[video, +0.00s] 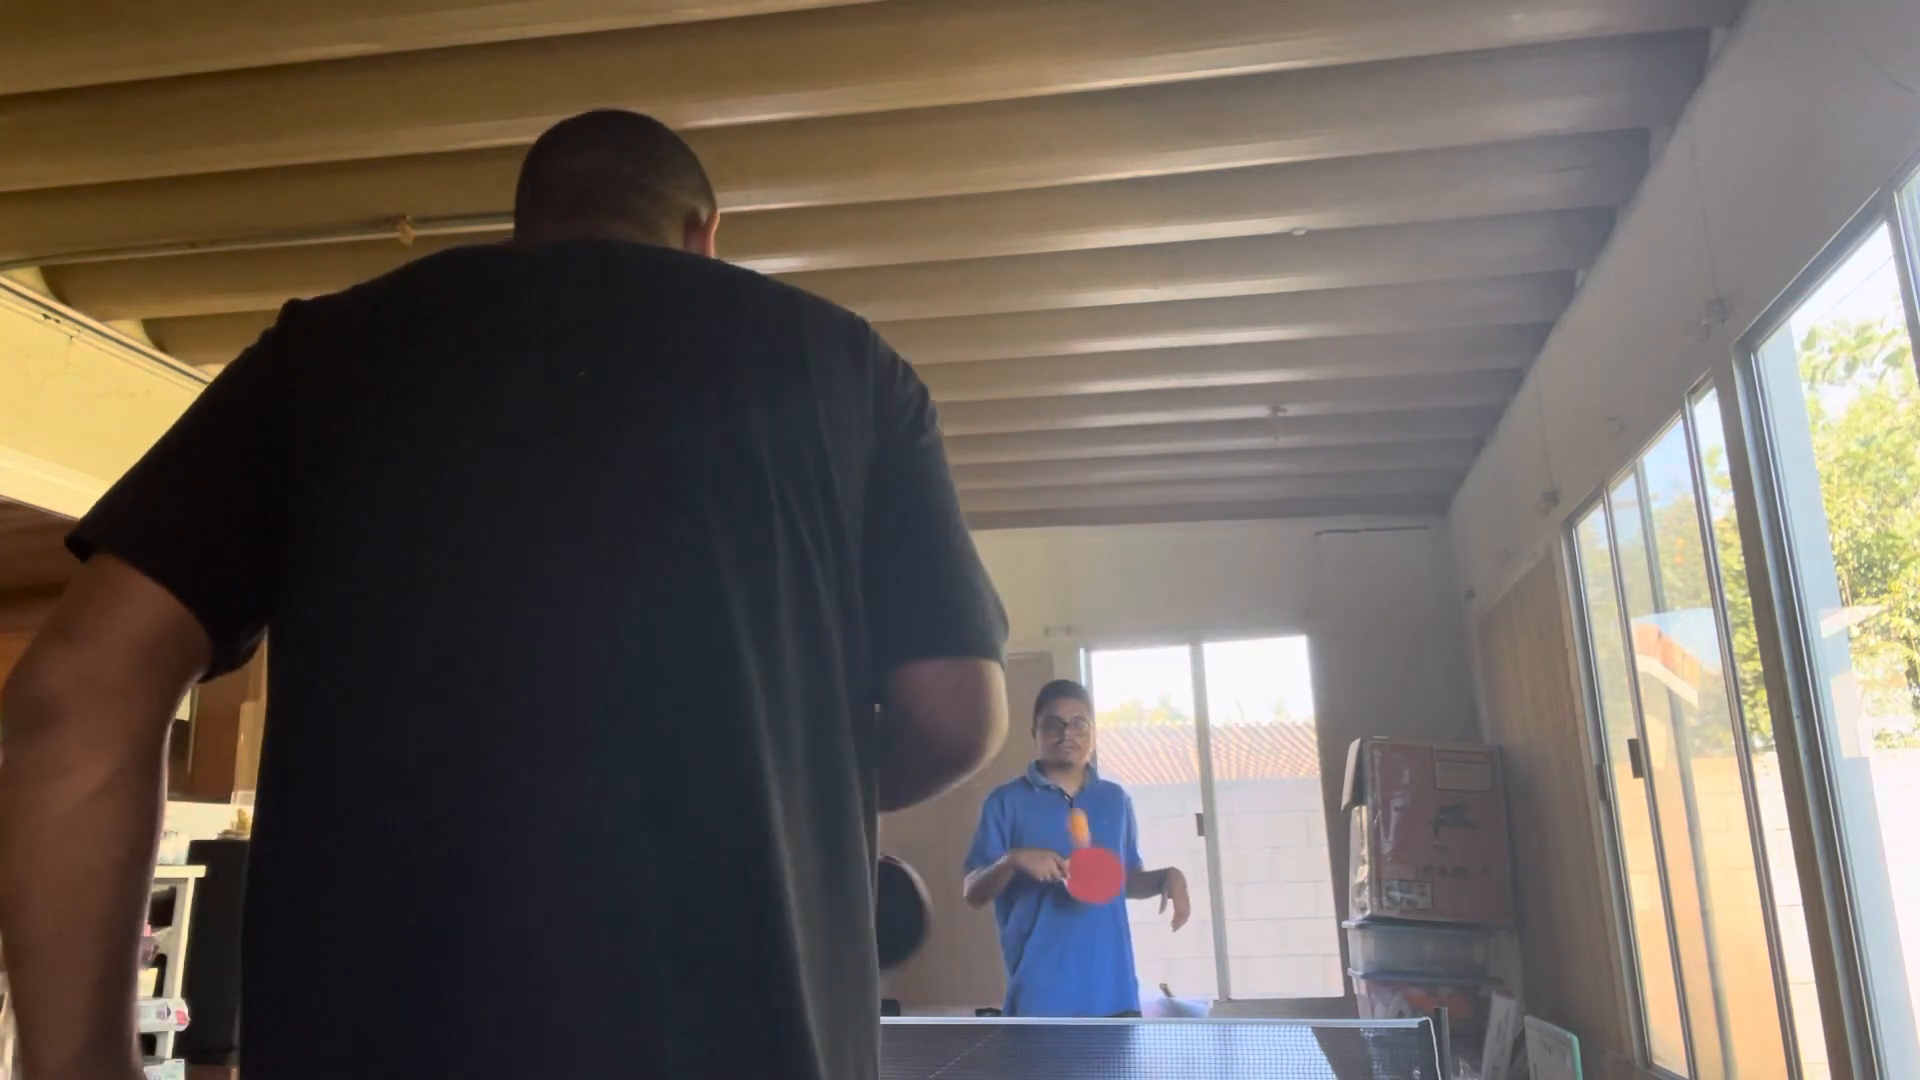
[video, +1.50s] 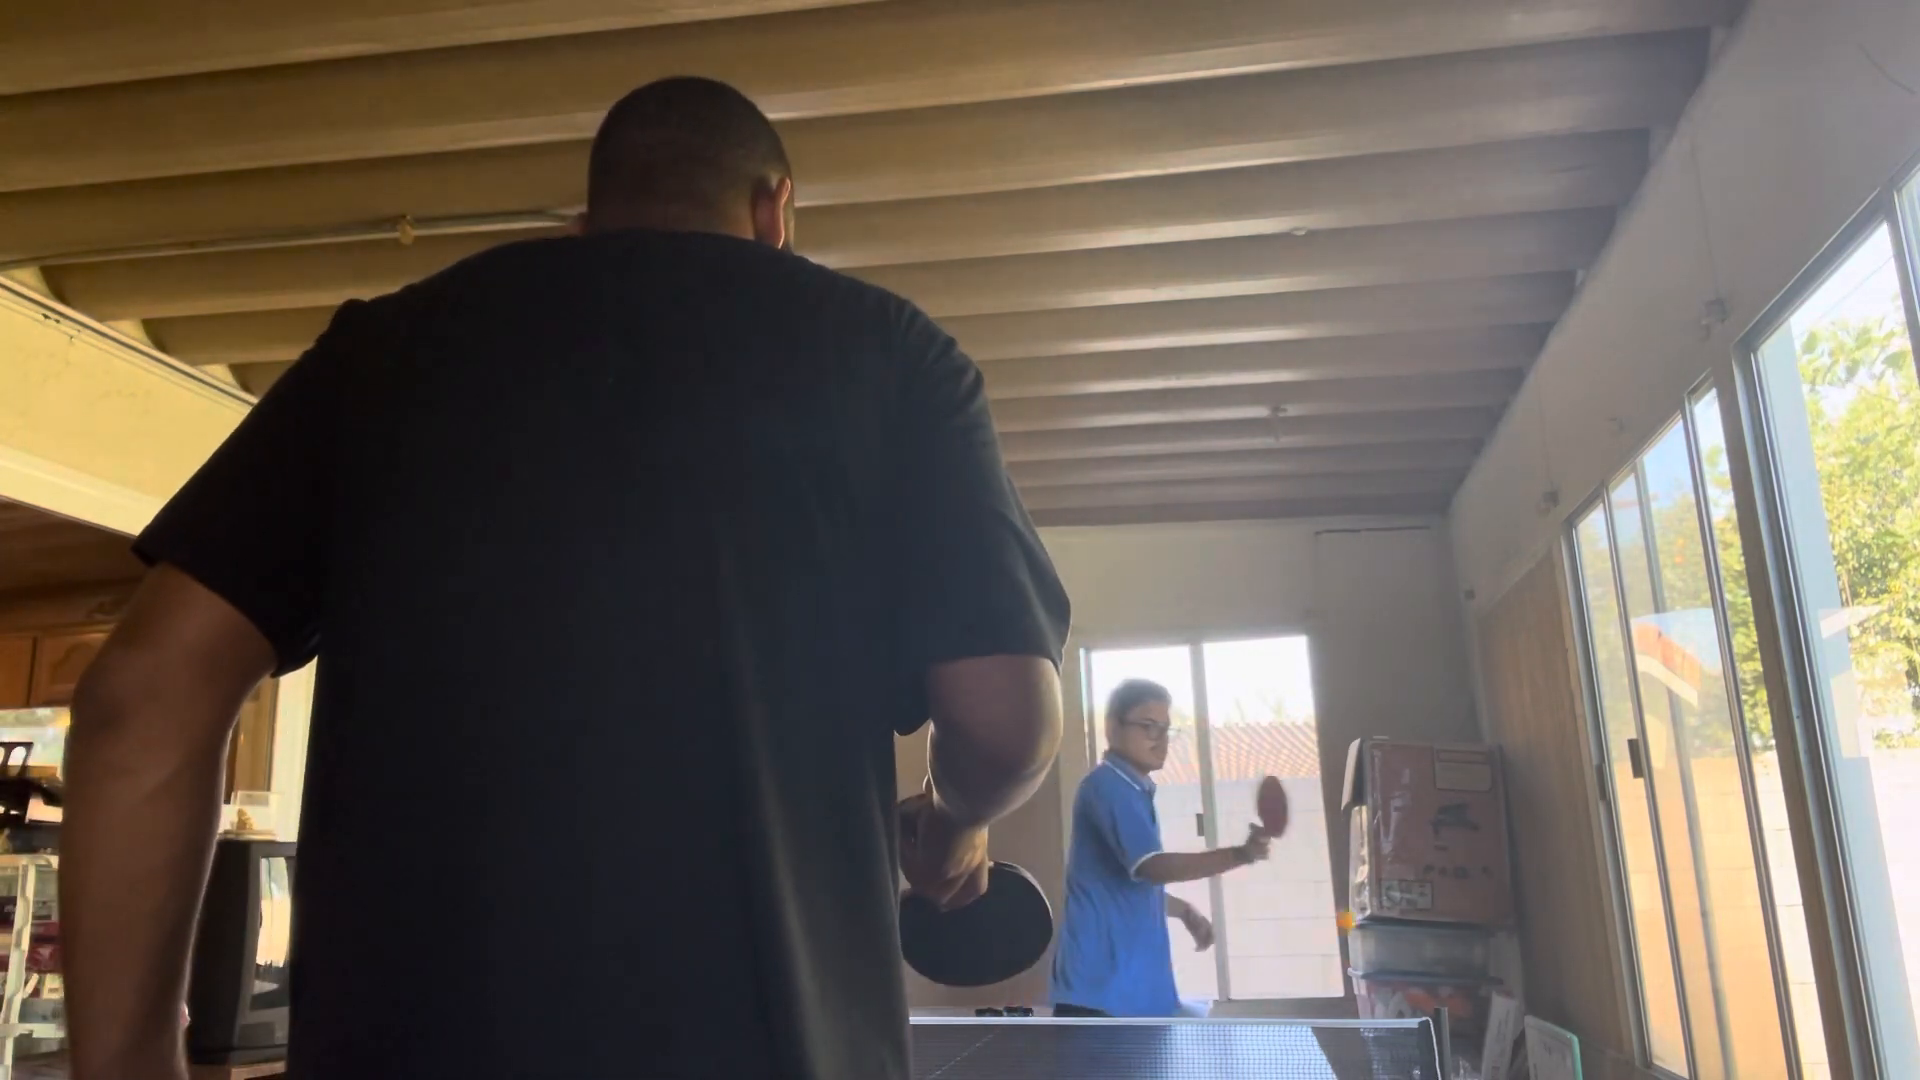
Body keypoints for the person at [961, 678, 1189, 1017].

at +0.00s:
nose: (1067, 734)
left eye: (1078, 724)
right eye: (1054, 724)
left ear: (1093, 733)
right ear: (1036, 732)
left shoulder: (1115, 800)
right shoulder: (1006, 803)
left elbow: (1129, 881)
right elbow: (974, 893)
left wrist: (1168, 877)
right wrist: (1013, 859)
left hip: (1113, 991)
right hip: (1041, 997)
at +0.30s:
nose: (1077, 737)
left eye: (1087, 726)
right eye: (1063, 726)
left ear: (1099, 731)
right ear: (1042, 732)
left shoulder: (1113, 798)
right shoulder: (1016, 797)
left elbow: (1126, 878)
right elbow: (995, 868)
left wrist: (1169, 879)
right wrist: (1062, 853)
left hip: (1113, 985)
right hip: (1045, 990)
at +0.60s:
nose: (1086, 730)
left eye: (1095, 720)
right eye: (1070, 720)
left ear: (1104, 728)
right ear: (1046, 728)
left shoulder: (1107, 792)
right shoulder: (1034, 780)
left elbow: (1110, 884)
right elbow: (1047, 811)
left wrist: (1171, 877)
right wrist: (1140, 803)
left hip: (1114, 987)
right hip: (1048, 993)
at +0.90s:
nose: (1100, 732)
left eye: (1108, 722)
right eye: (1086, 721)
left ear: (1115, 728)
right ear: (1058, 726)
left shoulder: (1108, 787)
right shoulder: (1045, 780)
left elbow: (1108, 887)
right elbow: (1045, 827)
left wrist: (1167, 886)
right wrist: (1119, 800)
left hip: (1125, 984)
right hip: (1070, 991)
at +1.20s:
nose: (1119, 737)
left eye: (1124, 727)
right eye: (1106, 726)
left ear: (1130, 728)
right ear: (1072, 729)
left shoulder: (1129, 796)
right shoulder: (1056, 791)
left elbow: (1129, 893)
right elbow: (1075, 869)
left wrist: (1186, 892)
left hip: (1133, 989)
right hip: (1072, 996)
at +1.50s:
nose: (1160, 737)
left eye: (1164, 728)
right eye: (1147, 726)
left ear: (1169, 731)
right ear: (1113, 729)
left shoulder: (1133, 787)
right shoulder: (1109, 786)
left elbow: (1127, 889)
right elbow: (1147, 867)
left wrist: (1183, 910)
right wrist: (1240, 854)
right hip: (1104, 988)